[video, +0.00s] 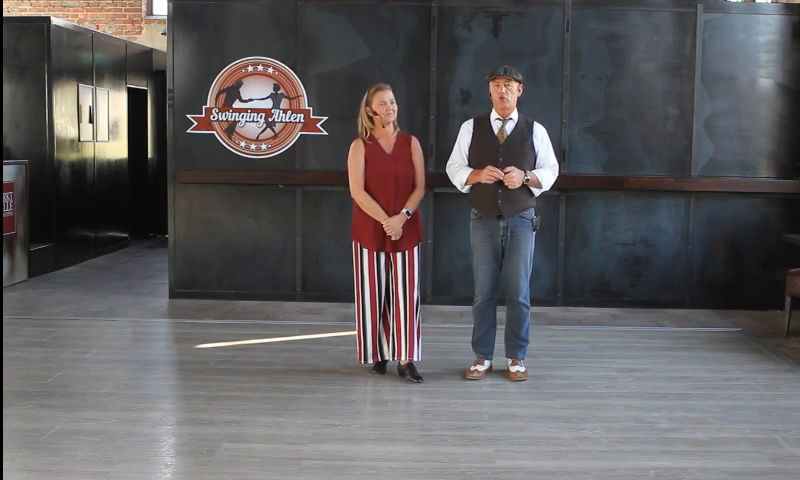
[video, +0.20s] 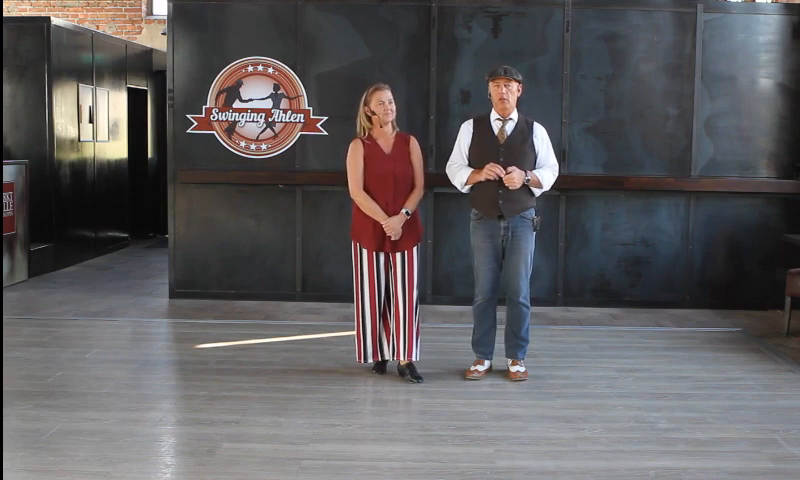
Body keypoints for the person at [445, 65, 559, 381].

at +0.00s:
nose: (503, 92)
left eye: (509, 87)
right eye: (498, 86)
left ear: (518, 91)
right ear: (490, 91)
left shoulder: (535, 130)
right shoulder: (471, 127)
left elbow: (550, 171)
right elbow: (453, 168)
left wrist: (525, 177)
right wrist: (476, 174)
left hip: (521, 220)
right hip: (483, 220)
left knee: (518, 292)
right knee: (484, 292)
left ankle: (516, 359)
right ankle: (482, 358)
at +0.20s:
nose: (503, 92)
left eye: (509, 87)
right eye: (498, 87)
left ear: (518, 91)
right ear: (490, 91)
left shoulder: (535, 131)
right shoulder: (471, 128)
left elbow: (550, 171)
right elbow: (454, 169)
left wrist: (526, 177)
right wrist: (478, 174)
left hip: (522, 221)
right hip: (483, 221)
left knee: (518, 292)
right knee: (484, 292)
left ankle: (516, 359)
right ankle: (482, 358)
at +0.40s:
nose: (502, 92)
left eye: (508, 87)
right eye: (497, 87)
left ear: (517, 91)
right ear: (489, 91)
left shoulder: (535, 131)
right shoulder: (470, 128)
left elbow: (550, 171)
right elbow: (454, 170)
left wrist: (526, 177)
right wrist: (479, 174)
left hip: (522, 221)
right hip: (483, 221)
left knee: (518, 293)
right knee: (484, 292)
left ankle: (516, 359)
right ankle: (482, 358)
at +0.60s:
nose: (502, 93)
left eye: (507, 87)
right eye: (496, 87)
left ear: (517, 90)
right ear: (488, 92)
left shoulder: (534, 130)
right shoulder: (470, 128)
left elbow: (550, 171)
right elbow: (454, 170)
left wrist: (526, 177)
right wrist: (480, 174)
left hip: (522, 220)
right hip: (483, 220)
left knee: (518, 292)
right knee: (484, 292)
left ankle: (516, 359)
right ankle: (482, 358)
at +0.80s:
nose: (500, 91)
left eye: (506, 85)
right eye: (495, 86)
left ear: (516, 90)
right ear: (487, 92)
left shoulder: (534, 130)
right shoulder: (470, 128)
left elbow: (551, 169)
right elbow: (453, 170)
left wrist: (526, 177)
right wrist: (479, 174)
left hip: (522, 220)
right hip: (483, 220)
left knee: (518, 292)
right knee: (484, 292)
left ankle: (516, 359)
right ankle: (482, 358)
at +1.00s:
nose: (500, 90)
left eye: (505, 85)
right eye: (495, 86)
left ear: (516, 90)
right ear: (487, 92)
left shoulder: (534, 130)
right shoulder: (470, 128)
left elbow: (551, 170)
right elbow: (454, 170)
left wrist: (531, 174)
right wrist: (472, 173)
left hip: (521, 220)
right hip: (482, 220)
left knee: (518, 292)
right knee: (484, 292)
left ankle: (516, 359)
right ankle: (482, 358)